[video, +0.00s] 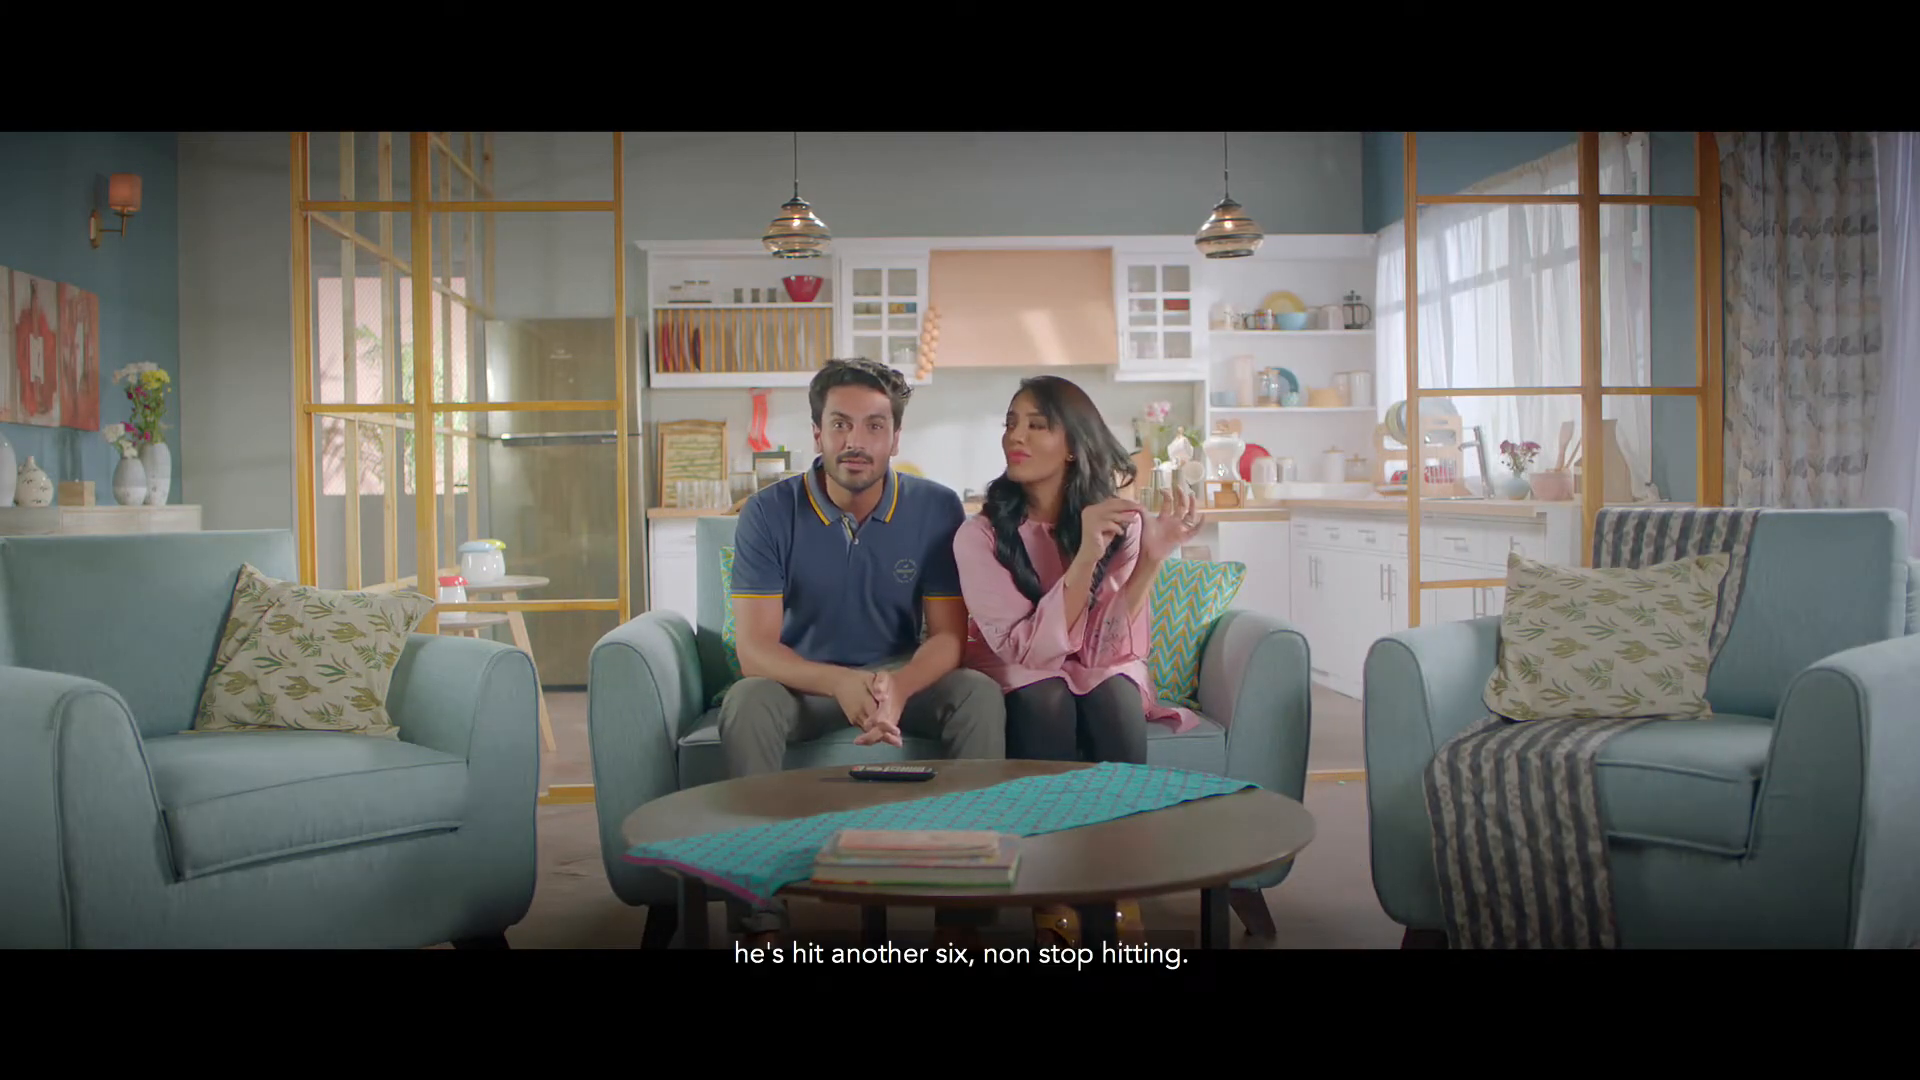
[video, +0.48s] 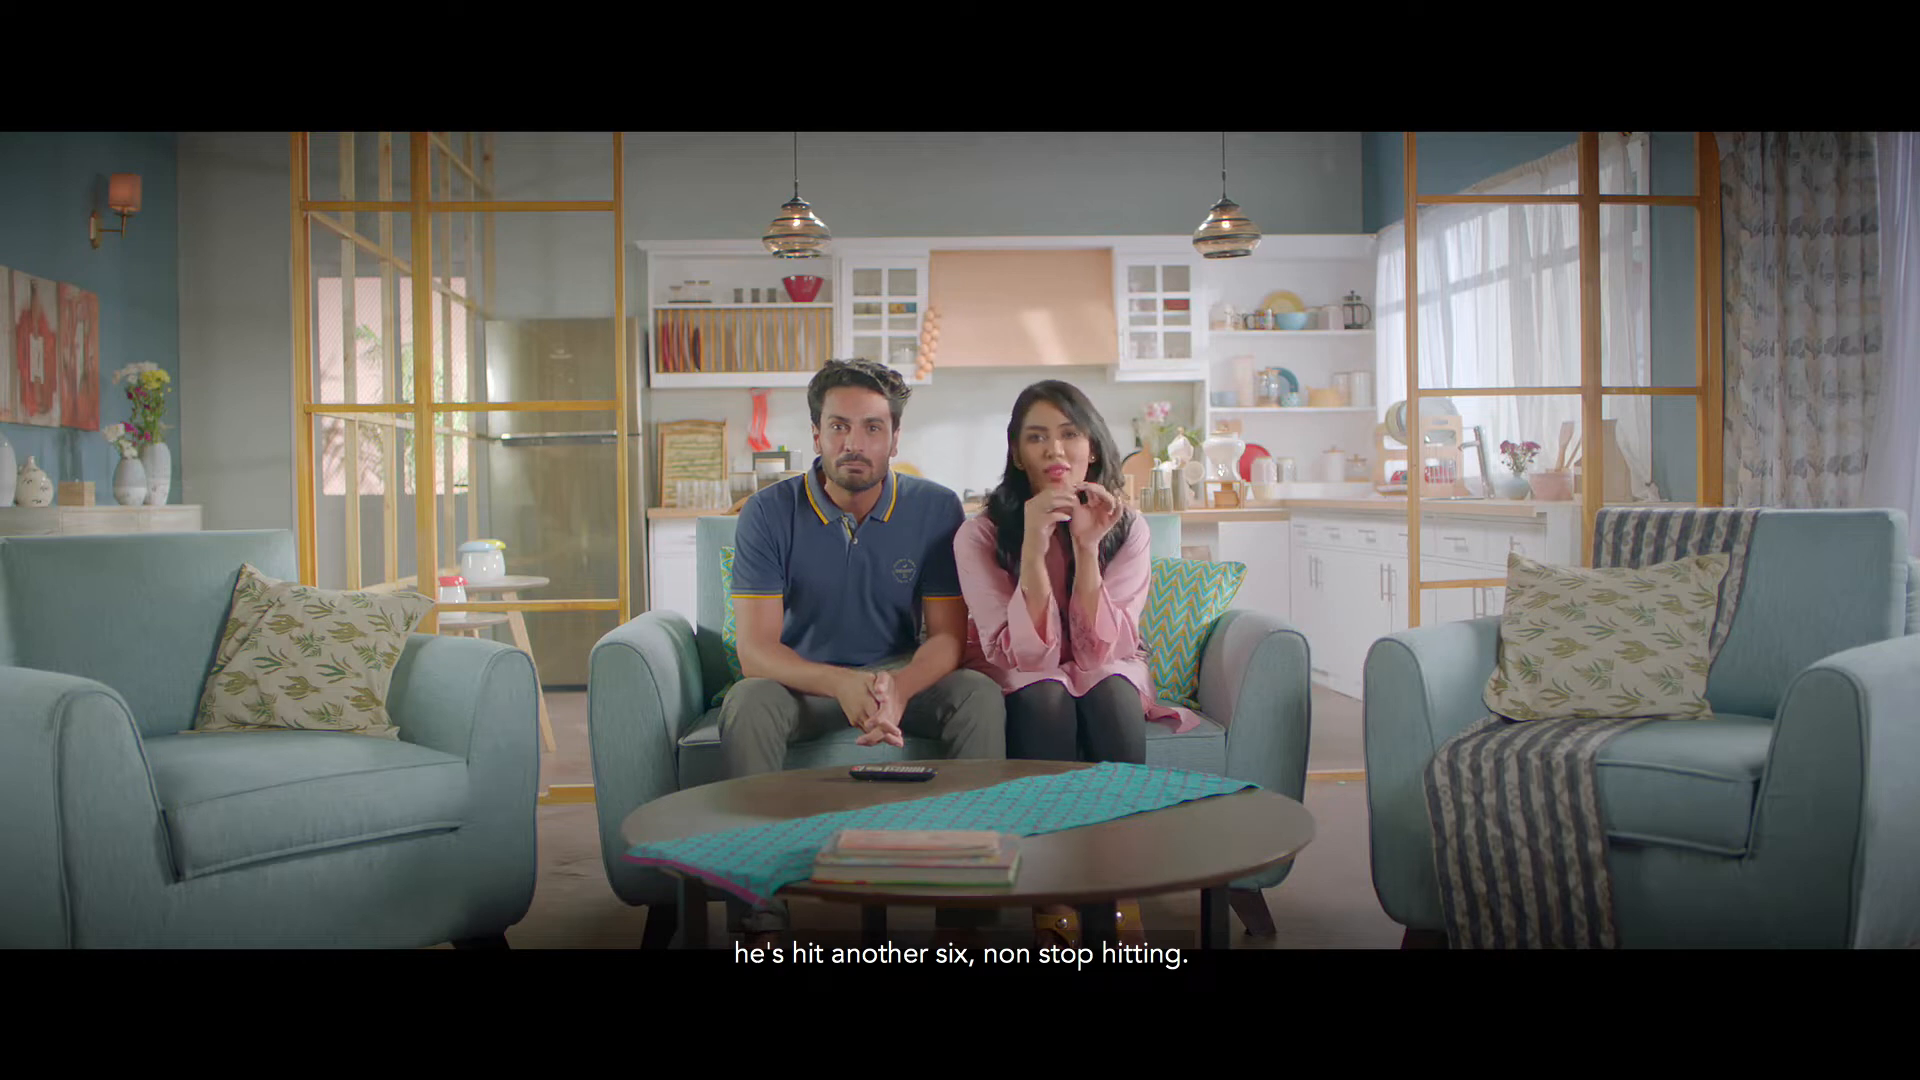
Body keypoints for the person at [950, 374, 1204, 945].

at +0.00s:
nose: (1015, 435)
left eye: (1036, 425)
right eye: (1011, 423)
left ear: (1073, 444)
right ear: (1002, 433)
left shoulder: (1116, 522)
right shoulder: (979, 536)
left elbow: (1102, 650)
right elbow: (1023, 650)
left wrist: (1152, 558)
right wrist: (1084, 561)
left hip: (1103, 675)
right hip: (1031, 678)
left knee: (1115, 700)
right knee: (1046, 701)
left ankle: (1120, 890)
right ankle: (1054, 892)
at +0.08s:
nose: (1018, 437)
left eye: (1039, 426)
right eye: (1012, 425)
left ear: (1076, 444)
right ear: (1004, 437)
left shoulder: (1117, 522)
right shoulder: (979, 536)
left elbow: (1104, 650)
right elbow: (1025, 650)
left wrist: (1152, 559)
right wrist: (1085, 561)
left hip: (1104, 676)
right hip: (1032, 678)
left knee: (1115, 700)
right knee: (1047, 702)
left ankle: (1122, 888)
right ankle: (1053, 892)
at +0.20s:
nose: (1038, 443)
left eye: (1057, 429)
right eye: (1024, 428)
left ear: (1086, 446)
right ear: (1010, 443)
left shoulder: (1119, 521)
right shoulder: (977, 536)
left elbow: (1103, 651)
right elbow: (1025, 650)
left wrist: (1152, 559)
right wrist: (1085, 559)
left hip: (1103, 677)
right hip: (1030, 680)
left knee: (1114, 696)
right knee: (1048, 700)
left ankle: (1123, 892)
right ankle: (1053, 893)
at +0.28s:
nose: (1045, 445)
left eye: (1063, 431)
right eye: (1030, 431)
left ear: (1090, 448)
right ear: (1013, 445)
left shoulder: (1120, 521)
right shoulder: (977, 536)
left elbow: (1104, 647)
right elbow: (1022, 648)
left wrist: (1154, 554)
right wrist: (1082, 557)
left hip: (1105, 673)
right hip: (1028, 677)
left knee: (1114, 696)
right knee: (1048, 701)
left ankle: (1122, 892)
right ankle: (1054, 894)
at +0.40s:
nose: (1049, 448)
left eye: (1065, 433)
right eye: (1033, 435)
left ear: (1090, 449)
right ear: (1015, 451)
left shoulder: (1119, 524)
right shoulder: (979, 535)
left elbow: (1109, 649)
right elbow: (1022, 652)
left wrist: (1125, 545)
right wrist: (1065, 546)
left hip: (1104, 673)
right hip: (1030, 677)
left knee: (1113, 694)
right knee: (1049, 699)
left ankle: (1121, 893)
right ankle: (1053, 895)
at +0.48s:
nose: (1055, 450)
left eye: (1069, 435)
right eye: (1037, 437)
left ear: (1092, 449)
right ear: (1016, 453)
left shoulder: (1125, 525)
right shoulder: (980, 536)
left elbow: (1104, 650)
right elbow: (1022, 657)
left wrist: (1086, 549)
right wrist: (1033, 548)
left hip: (1105, 680)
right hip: (1029, 684)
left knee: (1110, 693)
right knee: (1047, 697)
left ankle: (1121, 890)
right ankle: (1054, 894)